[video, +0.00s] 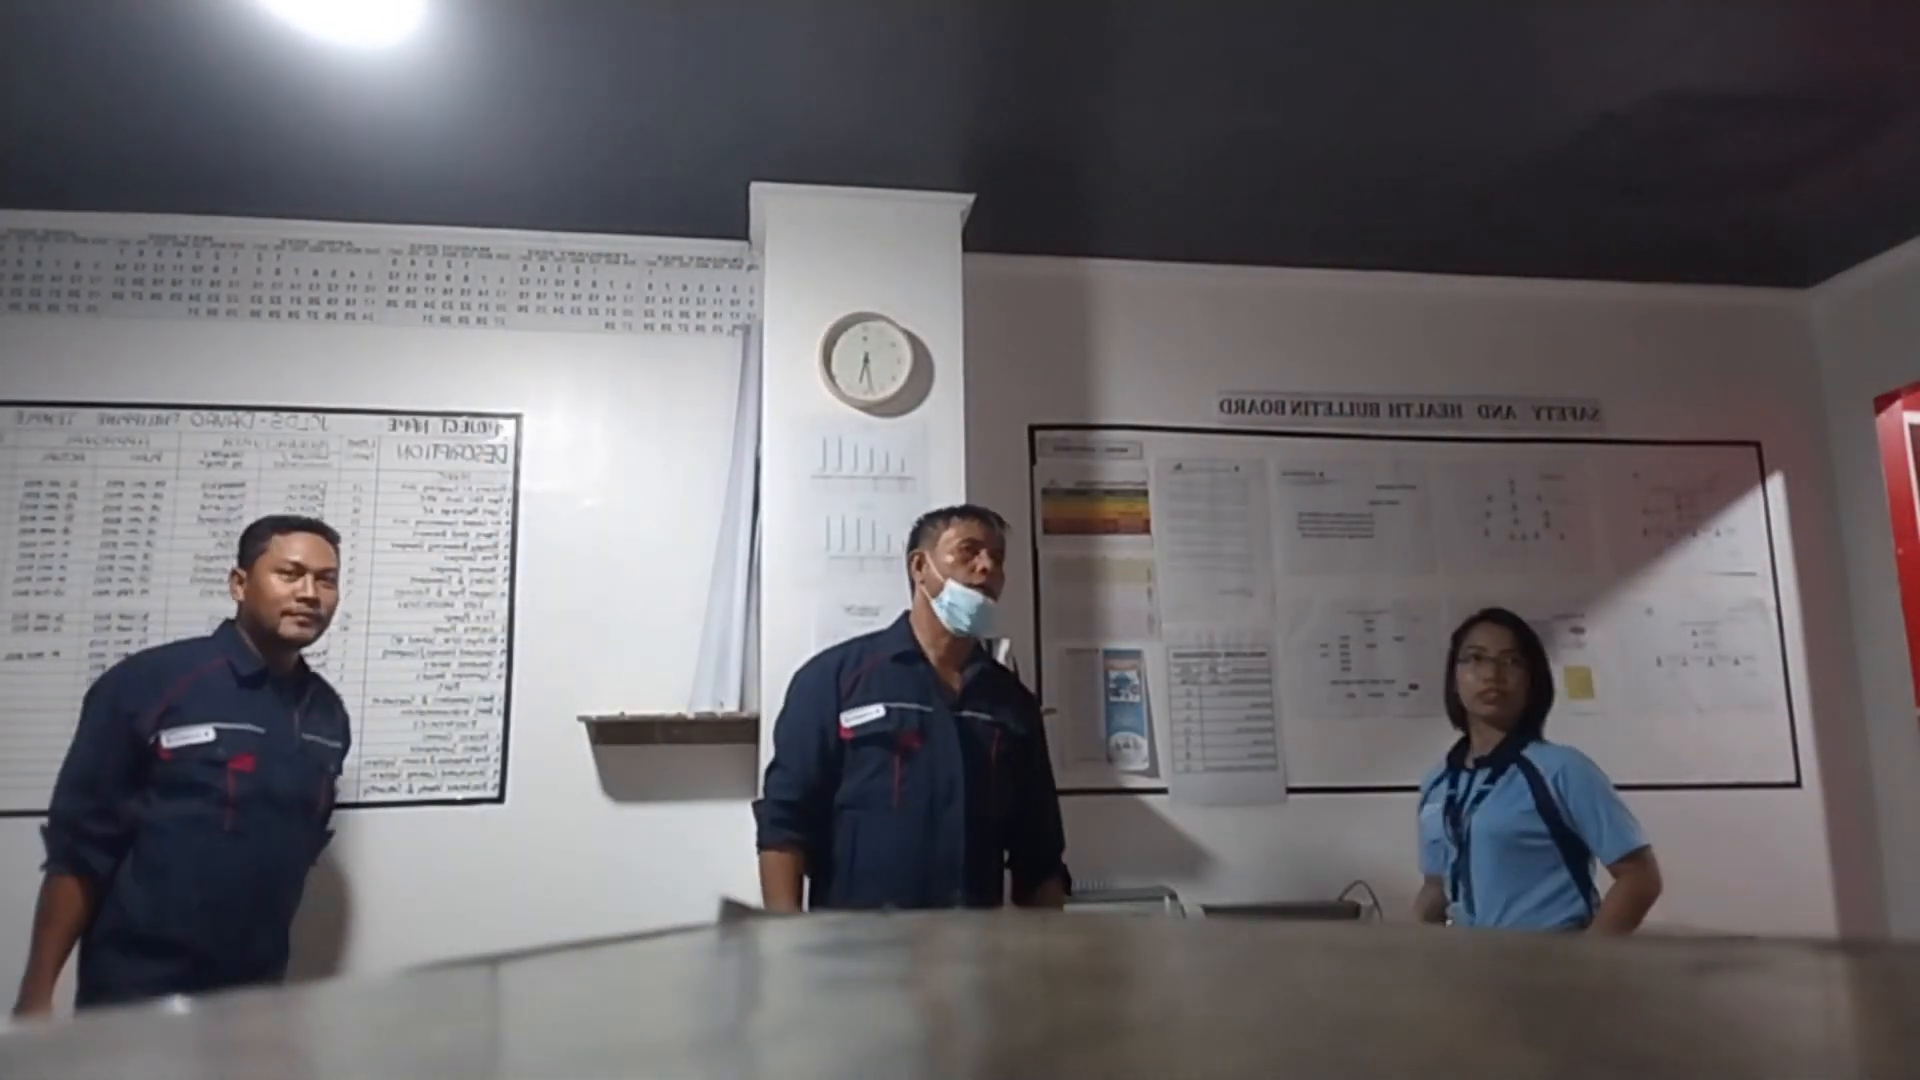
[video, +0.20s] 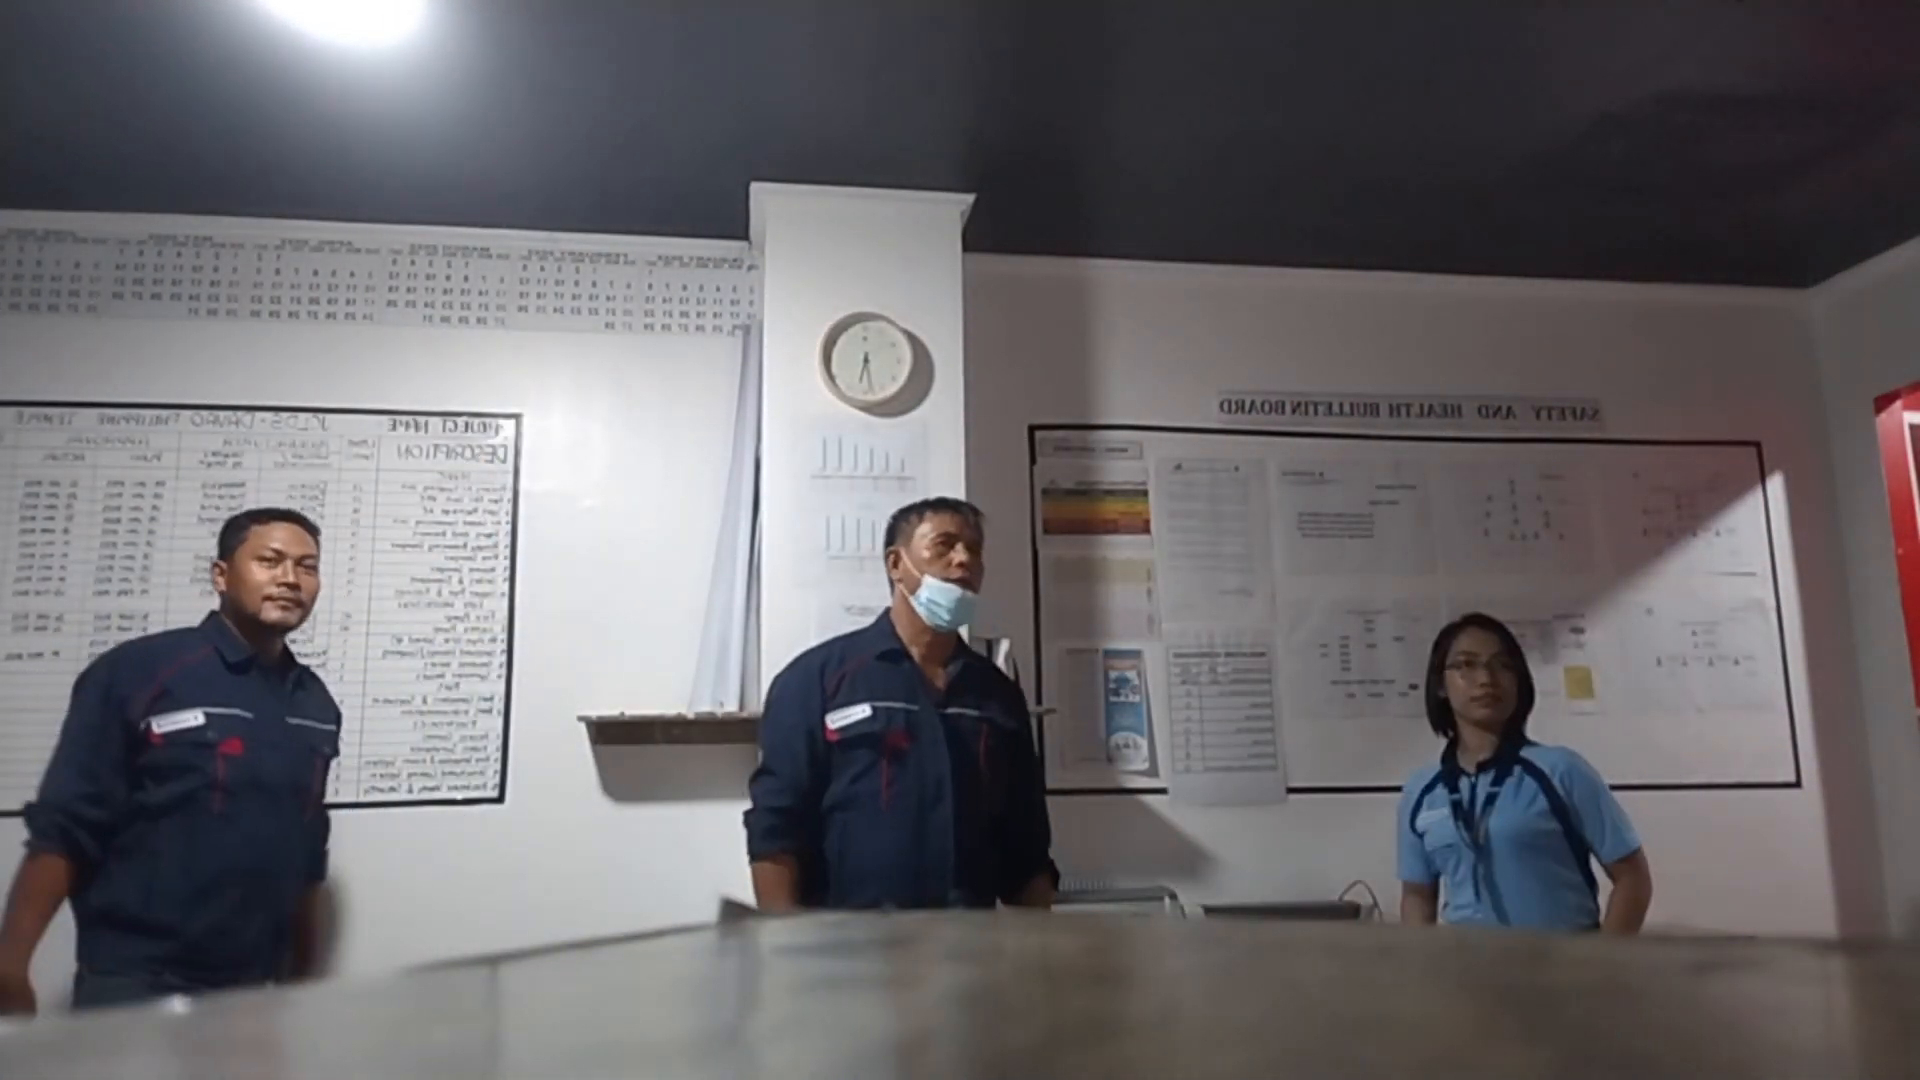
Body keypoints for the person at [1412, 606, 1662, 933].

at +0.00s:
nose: (1491, 675)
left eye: (1510, 662)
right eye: (1475, 659)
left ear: (1533, 679)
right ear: (1454, 677)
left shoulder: (1562, 770)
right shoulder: (1437, 786)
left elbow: (1640, 880)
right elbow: (1437, 889)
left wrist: (1579, 969)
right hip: (1469, 975)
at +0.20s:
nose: (1486, 679)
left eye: (1501, 664)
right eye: (1466, 665)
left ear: (1520, 680)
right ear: (1441, 686)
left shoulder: (1561, 772)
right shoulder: (1421, 793)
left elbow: (1633, 880)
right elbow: (1418, 898)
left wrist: (1598, 975)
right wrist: (1420, 977)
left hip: (1562, 976)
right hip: (1466, 981)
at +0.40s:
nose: (1520, 686)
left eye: (1528, 673)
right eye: (1501, 673)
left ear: (1542, 686)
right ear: (1464, 690)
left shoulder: (1580, 776)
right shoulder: (1437, 793)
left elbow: (1641, 873)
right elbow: (1421, 899)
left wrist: (1626, 958)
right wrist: (1446, 970)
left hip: (1586, 969)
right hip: (1487, 972)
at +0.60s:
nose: (1554, 691)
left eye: (1559, 679)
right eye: (1535, 677)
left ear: (1566, 686)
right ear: (1490, 684)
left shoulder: (1575, 778)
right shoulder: (1450, 791)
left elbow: (1610, 867)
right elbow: (1433, 896)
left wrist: (1669, 906)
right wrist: (1489, 952)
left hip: (1603, 963)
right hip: (1518, 968)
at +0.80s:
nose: (1567, 699)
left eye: (1568, 687)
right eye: (1554, 684)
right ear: (1511, 684)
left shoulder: (1542, 770)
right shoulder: (1470, 778)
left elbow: (1610, 849)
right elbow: (1460, 887)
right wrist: (1566, 929)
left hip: (1581, 958)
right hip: (1524, 967)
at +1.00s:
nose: (1581, 706)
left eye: (1582, 695)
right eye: (1573, 692)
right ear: (1534, 690)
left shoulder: (1537, 772)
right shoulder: (1504, 768)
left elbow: (1613, 814)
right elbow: (1502, 879)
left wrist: (1622, 732)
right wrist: (1618, 911)